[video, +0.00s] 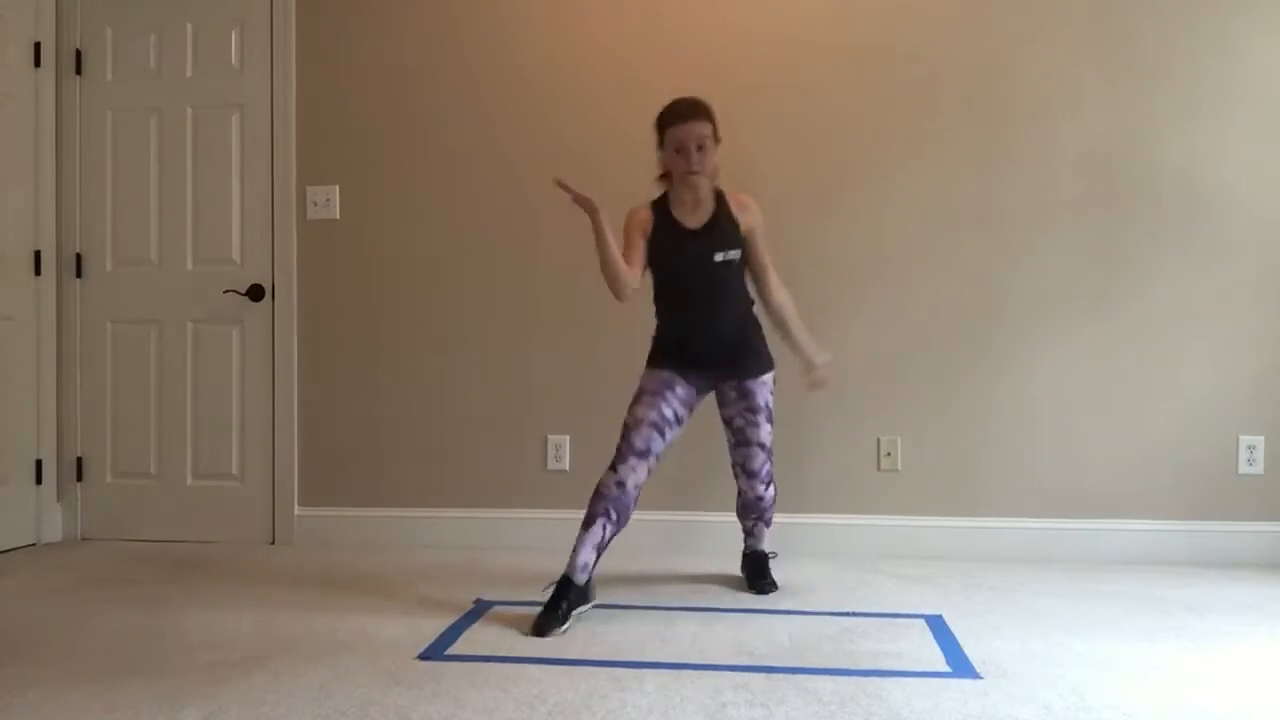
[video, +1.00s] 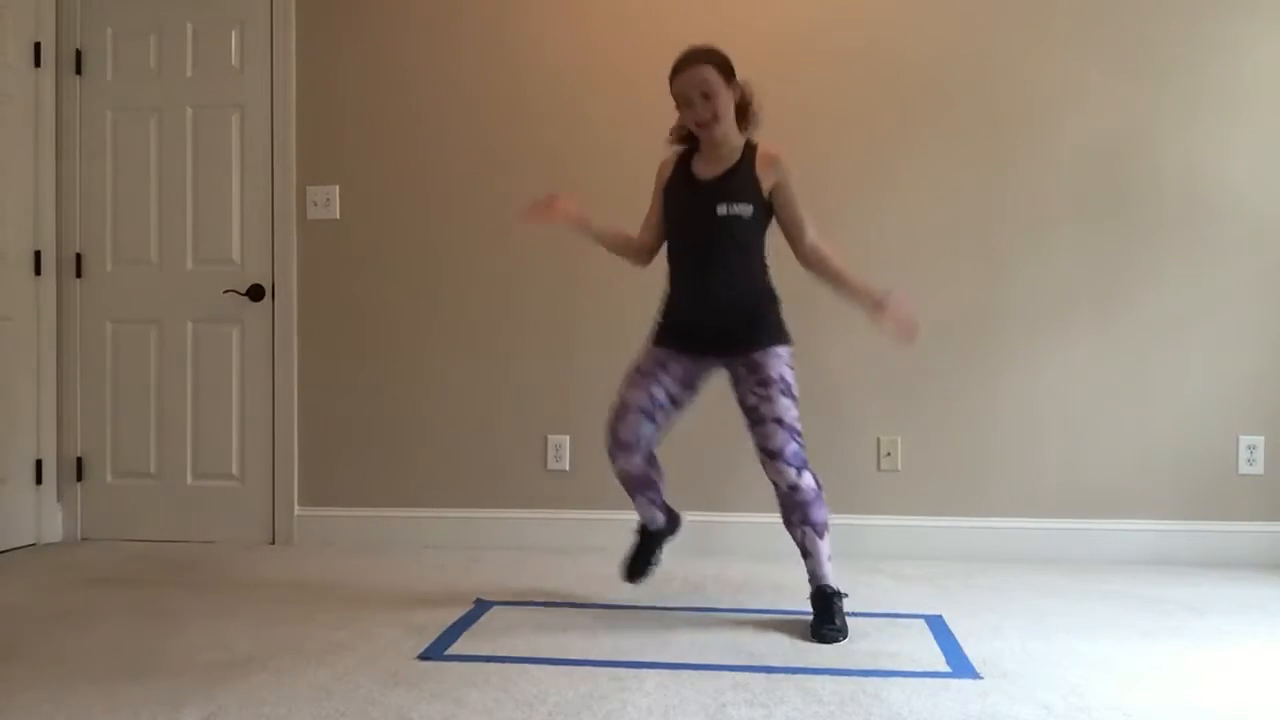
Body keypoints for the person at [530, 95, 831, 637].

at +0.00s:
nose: (693, 156)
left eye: (703, 145)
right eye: (681, 147)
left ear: (718, 150)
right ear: (663, 156)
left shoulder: (740, 209)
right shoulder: (647, 218)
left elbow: (768, 282)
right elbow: (624, 287)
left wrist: (807, 350)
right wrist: (597, 220)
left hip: (743, 358)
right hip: (675, 361)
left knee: (755, 467)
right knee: (628, 468)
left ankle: (757, 553)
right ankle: (574, 582)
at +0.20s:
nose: (704, 113)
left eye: (713, 100)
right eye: (692, 102)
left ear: (733, 99)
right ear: (679, 104)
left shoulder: (751, 166)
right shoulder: (656, 158)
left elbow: (777, 248)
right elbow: (615, 229)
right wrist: (552, 269)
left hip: (716, 314)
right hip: (651, 307)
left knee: (732, 434)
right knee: (631, 416)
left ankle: (748, 541)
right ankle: (656, 518)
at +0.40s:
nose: (683, 148)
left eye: (693, 136)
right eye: (672, 138)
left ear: (714, 135)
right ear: (660, 141)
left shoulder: (735, 201)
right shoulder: (644, 198)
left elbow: (752, 277)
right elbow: (620, 275)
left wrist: (782, 209)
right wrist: (591, 341)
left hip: (702, 352)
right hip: (637, 350)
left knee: (730, 458)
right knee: (637, 460)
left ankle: (735, 545)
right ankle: (649, 558)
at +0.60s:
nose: (697, 120)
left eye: (706, 109)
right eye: (685, 109)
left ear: (714, 110)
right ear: (659, 108)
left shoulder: (726, 164)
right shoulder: (634, 176)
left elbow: (760, 241)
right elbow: (603, 257)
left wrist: (812, 216)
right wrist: (539, 289)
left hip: (724, 320)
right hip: (658, 326)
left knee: (761, 426)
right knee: (651, 446)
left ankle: (767, 530)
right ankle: (652, 552)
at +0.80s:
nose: (726, 129)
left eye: (731, 120)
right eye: (717, 118)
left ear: (728, 122)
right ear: (681, 115)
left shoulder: (733, 176)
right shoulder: (636, 181)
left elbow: (770, 253)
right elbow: (611, 263)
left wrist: (813, 317)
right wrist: (595, 189)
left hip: (758, 323)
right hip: (694, 334)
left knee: (782, 445)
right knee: (687, 449)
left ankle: (821, 582)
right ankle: (694, 563)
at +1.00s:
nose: (697, 109)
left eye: (705, 95)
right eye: (685, 101)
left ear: (733, 92)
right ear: (676, 108)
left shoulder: (766, 165)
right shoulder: (673, 168)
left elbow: (808, 250)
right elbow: (642, 250)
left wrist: (874, 300)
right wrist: (582, 222)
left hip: (754, 333)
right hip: (682, 332)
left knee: (783, 457)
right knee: (625, 438)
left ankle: (823, 588)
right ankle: (657, 522)